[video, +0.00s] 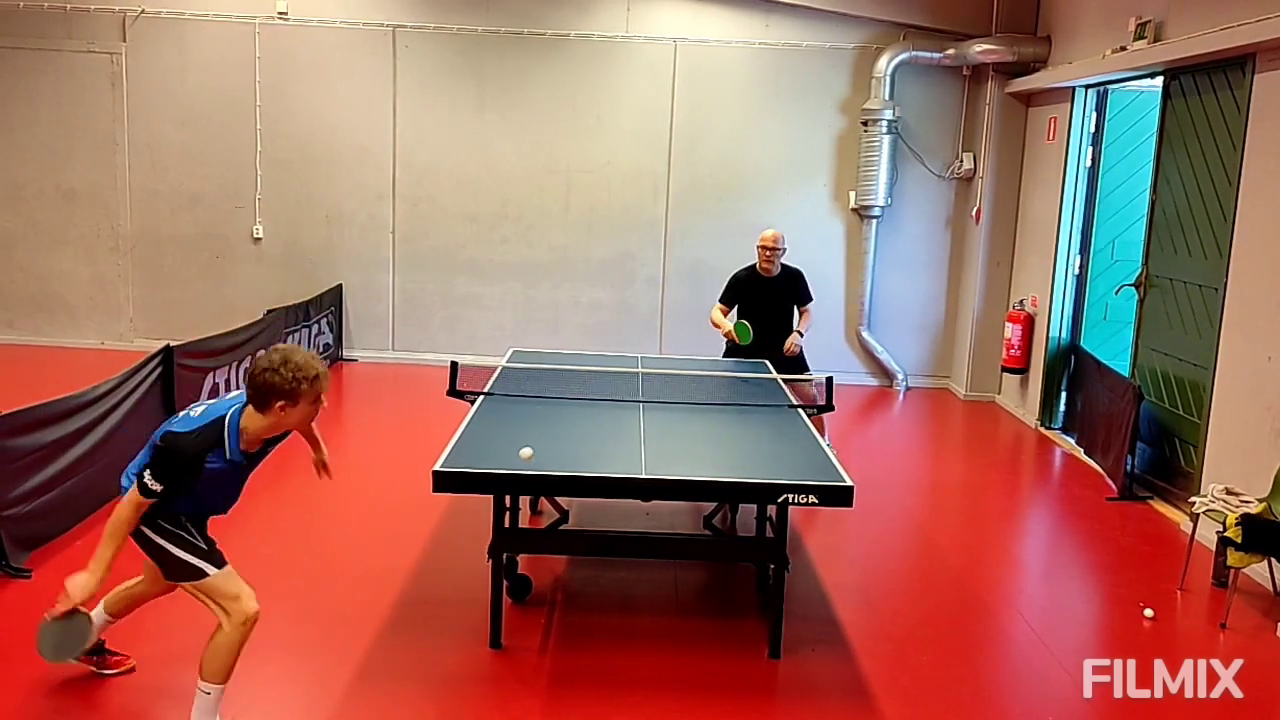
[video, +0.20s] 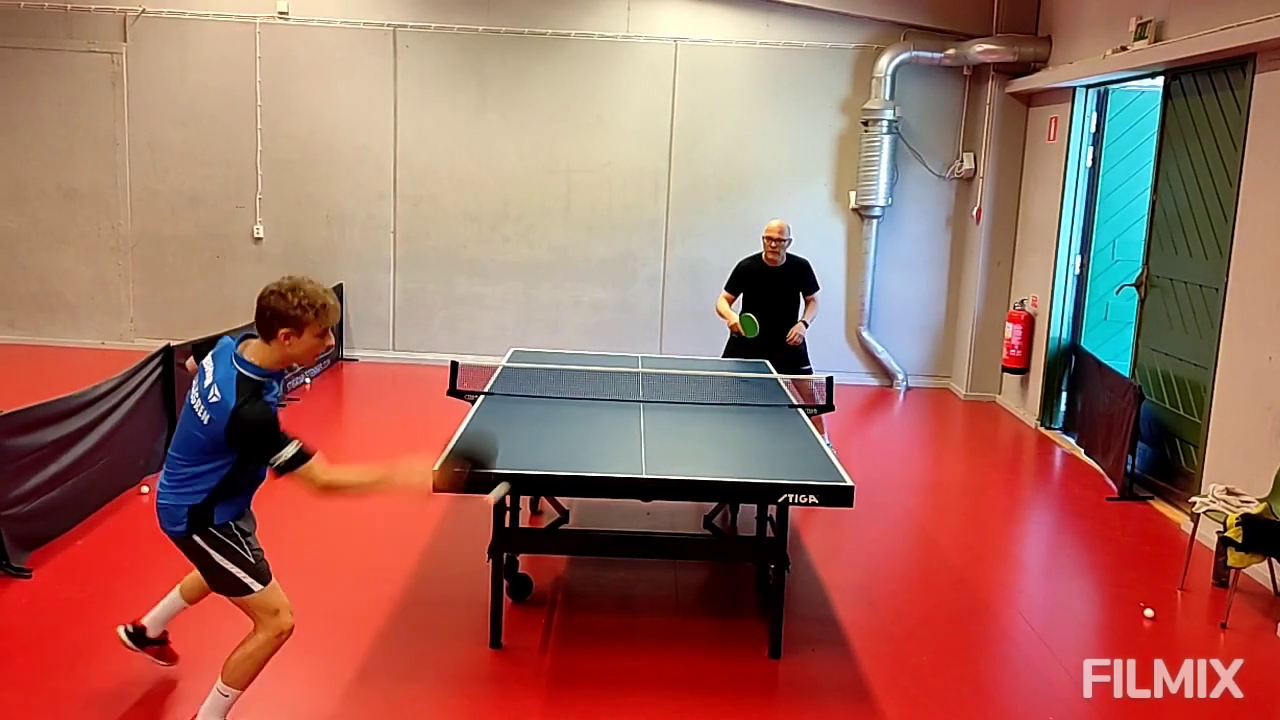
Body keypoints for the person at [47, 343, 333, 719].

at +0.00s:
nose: (319, 408)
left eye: (319, 400)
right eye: (314, 403)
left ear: (282, 407)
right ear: (283, 409)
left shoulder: (271, 415)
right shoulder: (189, 441)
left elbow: (301, 412)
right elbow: (132, 502)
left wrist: (318, 448)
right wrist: (93, 573)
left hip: (190, 508)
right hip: (156, 513)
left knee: (157, 582)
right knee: (241, 611)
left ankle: (85, 636)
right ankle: (204, 714)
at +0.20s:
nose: (330, 342)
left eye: (330, 332)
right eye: (322, 333)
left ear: (283, 333)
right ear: (285, 338)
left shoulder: (238, 343)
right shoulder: (249, 412)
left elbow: (197, 365)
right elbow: (322, 479)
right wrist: (406, 475)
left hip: (217, 493)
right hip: (199, 515)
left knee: (234, 566)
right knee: (276, 622)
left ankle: (147, 629)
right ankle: (208, 716)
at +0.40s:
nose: (331, 257)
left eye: (332, 247)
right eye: (330, 248)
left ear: (267, 246)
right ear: (311, 253)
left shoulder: (218, 304)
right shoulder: (306, 319)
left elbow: (172, 378)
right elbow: (394, 299)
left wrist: (211, 410)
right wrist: (390, 225)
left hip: (216, 478)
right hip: (261, 490)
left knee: (242, 555)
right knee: (319, 609)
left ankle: (218, 656)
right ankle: (262, 714)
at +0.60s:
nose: (321, 277)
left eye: (320, 267)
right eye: (319, 269)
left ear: (261, 273)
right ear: (306, 277)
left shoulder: (215, 337)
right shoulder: (314, 352)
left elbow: (184, 419)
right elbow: (386, 412)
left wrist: (211, 461)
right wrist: (420, 359)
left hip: (233, 511)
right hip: (291, 515)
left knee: (245, 585)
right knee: (346, 626)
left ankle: (203, 698)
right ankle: (323, 719)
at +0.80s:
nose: (313, 270)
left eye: (313, 260)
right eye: (312, 261)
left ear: (254, 263)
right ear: (299, 268)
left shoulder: (203, 323)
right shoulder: (301, 346)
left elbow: (169, 401)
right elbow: (298, 447)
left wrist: (208, 434)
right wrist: (351, 472)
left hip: (210, 498)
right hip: (269, 507)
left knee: (208, 584)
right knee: (323, 623)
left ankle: (161, 693)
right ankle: (315, 718)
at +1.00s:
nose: (303, 302)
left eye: (305, 292)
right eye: (304, 292)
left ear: (250, 281)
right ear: (287, 290)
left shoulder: (200, 322)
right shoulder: (247, 353)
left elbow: (149, 390)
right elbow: (222, 451)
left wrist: (194, 435)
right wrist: (292, 496)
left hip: (162, 495)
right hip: (199, 507)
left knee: (198, 589)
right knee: (266, 622)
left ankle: (145, 699)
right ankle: (287, 717)